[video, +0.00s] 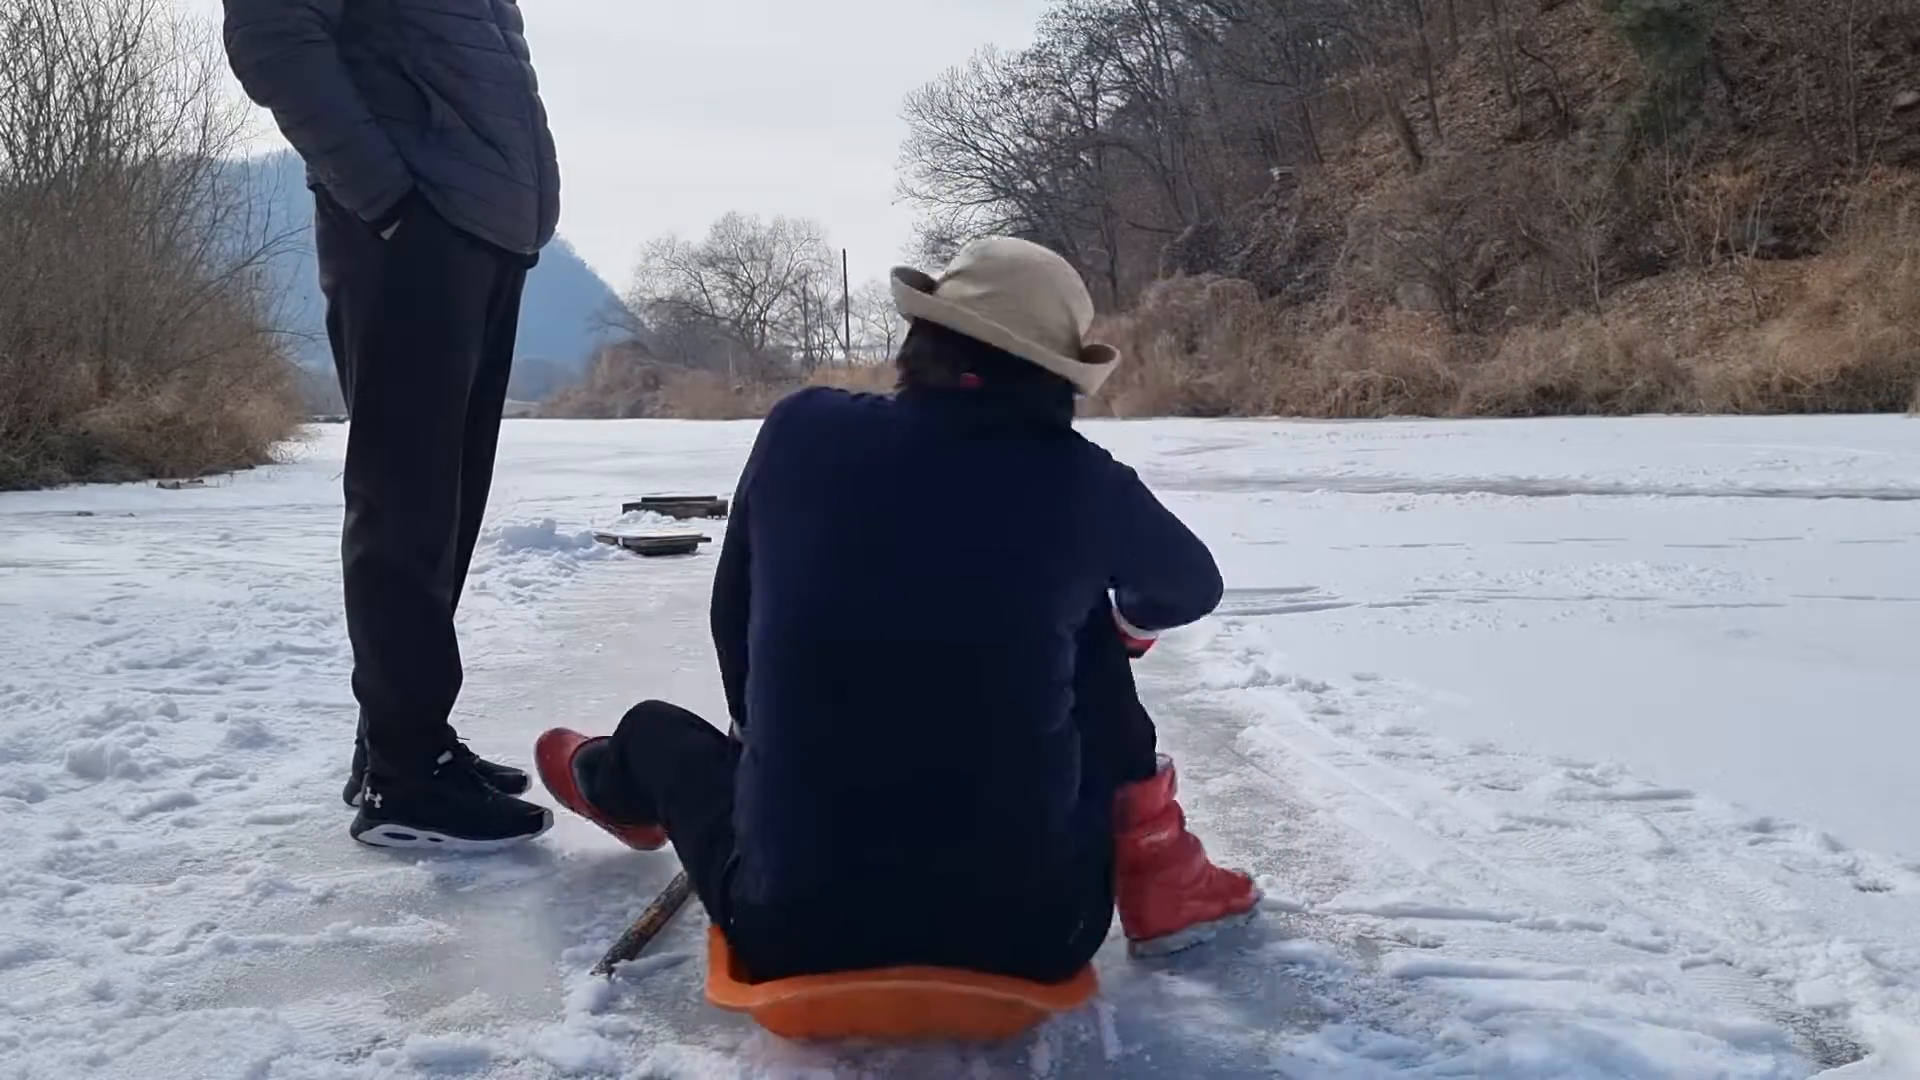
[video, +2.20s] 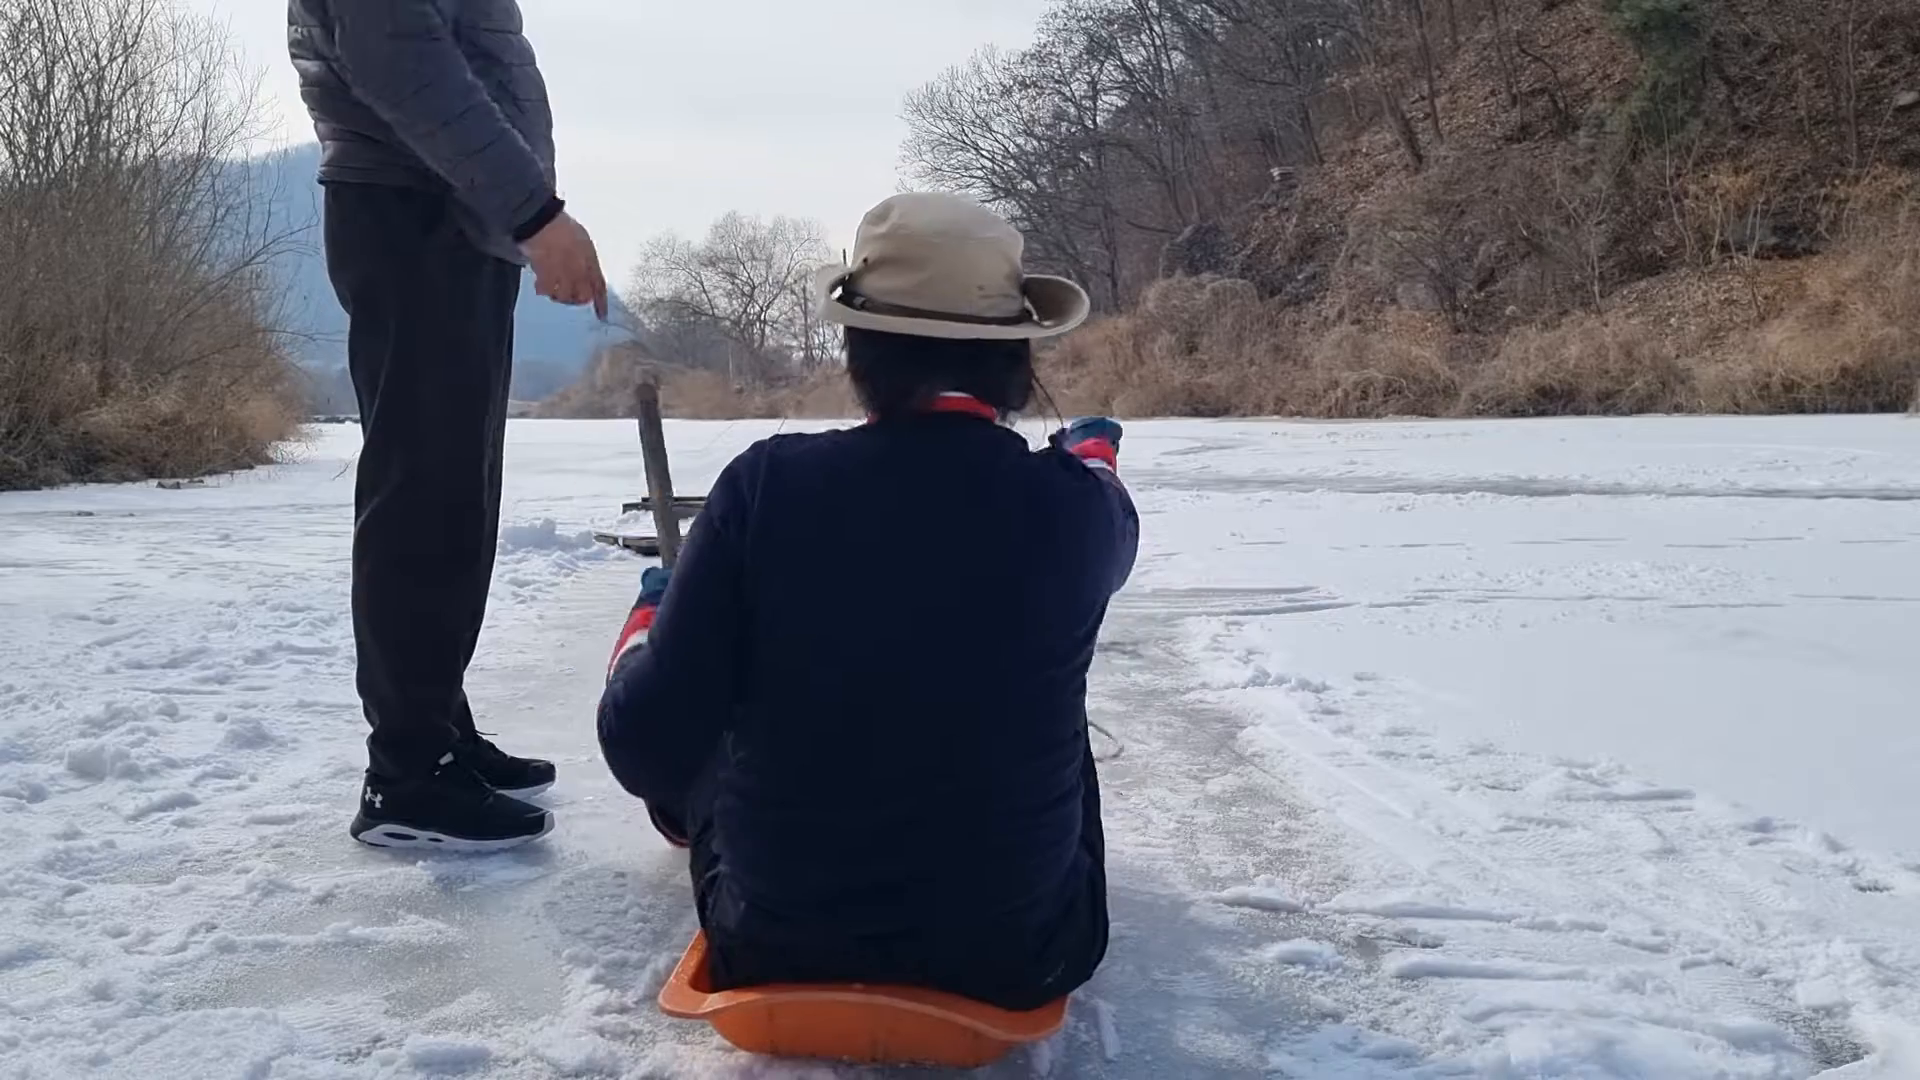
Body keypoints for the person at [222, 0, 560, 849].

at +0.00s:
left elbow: (485, 46)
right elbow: (269, 35)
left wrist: (518, 195)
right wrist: (386, 198)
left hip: (486, 234)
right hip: (409, 225)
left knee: (444, 505)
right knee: (403, 505)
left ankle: (415, 750)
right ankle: (401, 774)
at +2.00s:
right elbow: (271, 5)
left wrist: (476, 128)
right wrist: (435, 122)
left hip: (467, 207)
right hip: (416, 203)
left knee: (461, 485)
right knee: (422, 483)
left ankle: (439, 737)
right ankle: (405, 773)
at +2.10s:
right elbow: (325, 25)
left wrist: (507, 172)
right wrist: (483, 162)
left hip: (466, 209)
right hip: (411, 204)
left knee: (460, 482)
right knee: (421, 484)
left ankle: (441, 737)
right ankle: (404, 775)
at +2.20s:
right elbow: (397, 53)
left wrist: (528, 212)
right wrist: (539, 216)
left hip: (459, 209)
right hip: (408, 207)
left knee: (461, 481)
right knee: (422, 479)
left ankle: (438, 738)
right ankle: (406, 771)